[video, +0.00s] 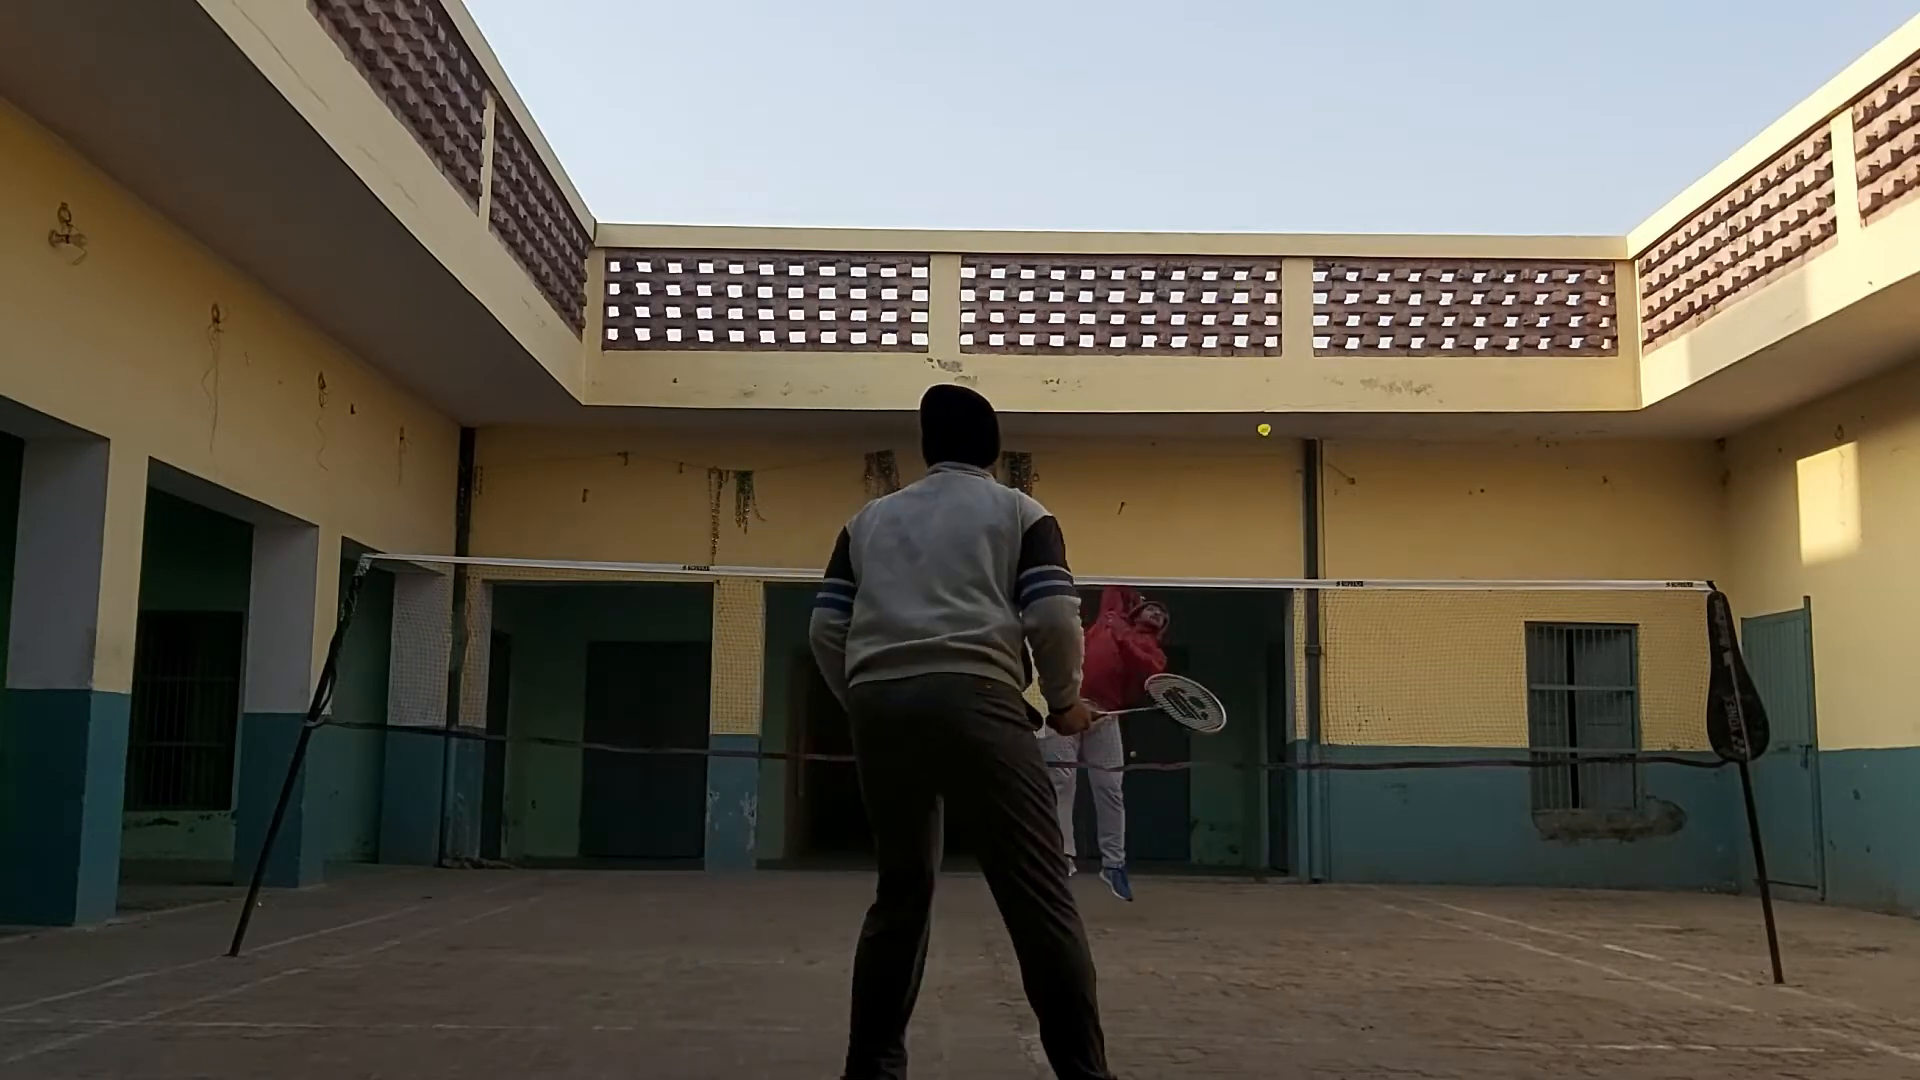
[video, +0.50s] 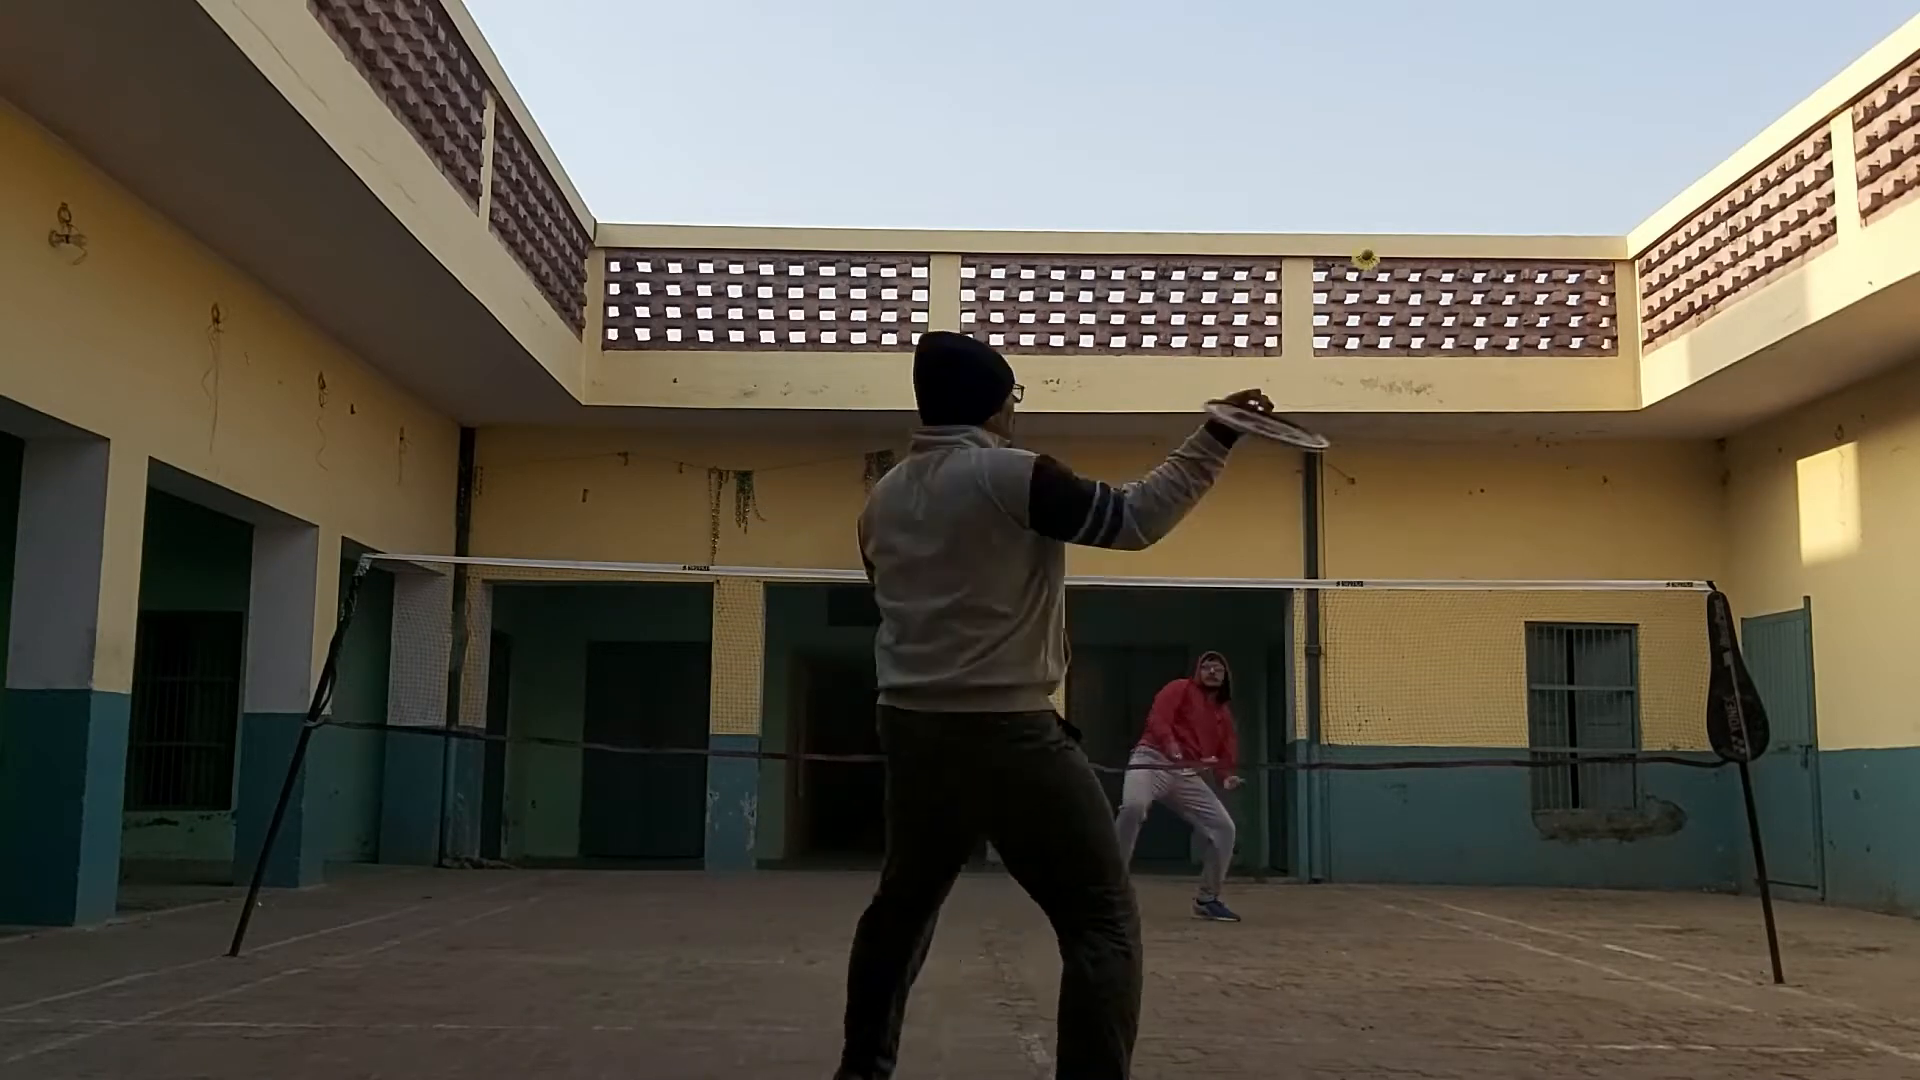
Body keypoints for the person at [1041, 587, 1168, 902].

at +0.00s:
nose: (1154, 614)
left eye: (1161, 616)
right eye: (1151, 610)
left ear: (1160, 628)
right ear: (1138, 609)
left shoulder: (1152, 651)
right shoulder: (1112, 616)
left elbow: (1152, 675)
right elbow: (1114, 581)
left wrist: (1124, 635)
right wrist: (1140, 601)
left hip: (1104, 715)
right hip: (1063, 705)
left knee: (1110, 791)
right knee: (1061, 783)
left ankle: (1113, 865)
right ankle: (1063, 857)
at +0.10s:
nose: (1182, 631)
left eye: (1187, 631)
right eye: (1179, 626)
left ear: (1188, 641)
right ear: (1168, 625)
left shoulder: (1175, 675)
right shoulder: (1150, 626)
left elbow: (1155, 708)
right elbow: (1166, 583)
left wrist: (1142, 692)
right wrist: (1185, 549)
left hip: (1128, 725)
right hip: (1093, 711)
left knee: (1149, 789)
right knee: (1072, 775)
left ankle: (1165, 867)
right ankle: (1053, 854)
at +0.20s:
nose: (1202, 653)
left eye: (1207, 651)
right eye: (1196, 647)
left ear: (1210, 662)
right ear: (1186, 650)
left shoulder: (1195, 698)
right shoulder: (1171, 654)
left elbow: (1182, 734)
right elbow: (1180, 661)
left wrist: (1171, 745)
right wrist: (1188, 669)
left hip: (1153, 754)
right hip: (1122, 735)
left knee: (1185, 818)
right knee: (1083, 770)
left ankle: (1210, 894)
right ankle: (1031, 813)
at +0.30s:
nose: (1214, 671)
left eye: (1219, 668)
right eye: (1209, 667)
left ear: (1224, 678)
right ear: (1198, 673)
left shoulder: (1208, 718)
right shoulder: (1182, 690)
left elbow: (1204, 758)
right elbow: (1166, 727)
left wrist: (1210, 788)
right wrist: (1172, 768)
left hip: (1174, 771)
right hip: (1145, 752)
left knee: (1214, 826)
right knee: (1122, 774)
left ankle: (1206, 898)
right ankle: (1057, 794)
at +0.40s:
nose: (1219, 676)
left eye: (1224, 674)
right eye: (1213, 672)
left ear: (1230, 684)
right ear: (1203, 679)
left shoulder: (1222, 723)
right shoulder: (1185, 697)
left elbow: (1218, 768)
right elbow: (1172, 736)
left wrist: (1228, 797)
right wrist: (1177, 776)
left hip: (1181, 773)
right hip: (1149, 757)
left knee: (1219, 826)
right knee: (1135, 784)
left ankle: (1207, 898)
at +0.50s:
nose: (1213, 671)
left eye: (1218, 668)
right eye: (1208, 667)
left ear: (1225, 676)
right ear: (1198, 672)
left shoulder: (1222, 714)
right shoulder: (1181, 687)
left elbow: (1226, 751)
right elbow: (1158, 719)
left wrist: (1227, 775)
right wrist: (1171, 748)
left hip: (1186, 774)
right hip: (1151, 760)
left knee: (1224, 828)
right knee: (1133, 808)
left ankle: (1207, 899)